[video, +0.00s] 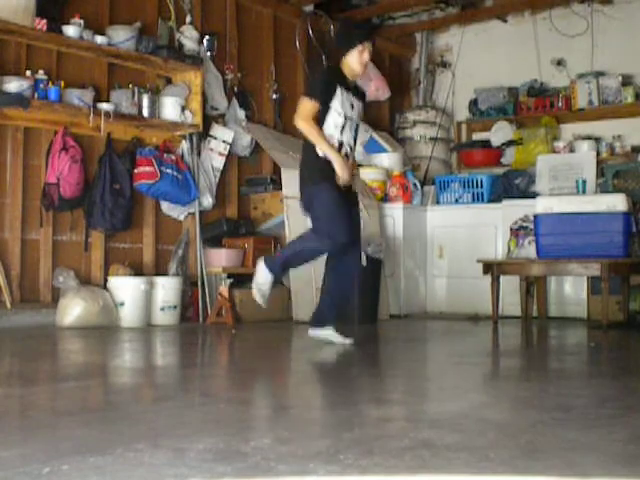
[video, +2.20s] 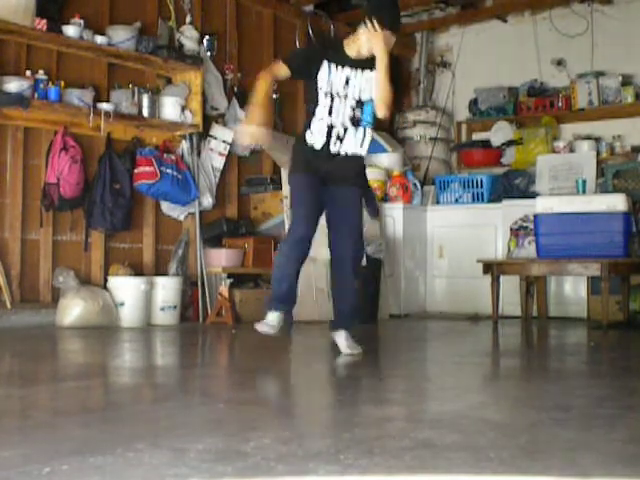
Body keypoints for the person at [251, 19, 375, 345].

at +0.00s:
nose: (367, 59)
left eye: (368, 52)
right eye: (363, 52)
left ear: (364, 53)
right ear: (346, 51)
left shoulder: (357, 92)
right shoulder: (325, 78)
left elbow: (348, 137)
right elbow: (301, 119)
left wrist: (351, 166)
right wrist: (334, 157)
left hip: (342, 179)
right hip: (318, 175)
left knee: (349, 249)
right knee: (333, 235)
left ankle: (323, 323)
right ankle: (271, 266)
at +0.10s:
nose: (360, 49)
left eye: (363, 43)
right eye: (355, 42)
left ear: (362, 45)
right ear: (340, 41)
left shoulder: (357, 84)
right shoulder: (318, 70)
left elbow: (350, 130)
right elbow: (289, 109)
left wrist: (352, 164)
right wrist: (316, 150)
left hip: (342, 175)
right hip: (311, 170)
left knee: (355, 242)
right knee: (314, 232)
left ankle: (340, 313)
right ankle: (270, 290)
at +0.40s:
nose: (343, 50)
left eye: (346, 43)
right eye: (336, 43)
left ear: (350, 46)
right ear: (321, 46)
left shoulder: (361, 82)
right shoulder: (300, 81)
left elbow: (377, 122)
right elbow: (281, 129)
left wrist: (360, 155)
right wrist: (286, 173)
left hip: (344, 185)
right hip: (305, 185)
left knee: (353, 255)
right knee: (293, 255)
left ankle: (358, 321)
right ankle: (286, 322)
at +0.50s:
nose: (336, 56)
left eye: (340, 49)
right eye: (329, 50)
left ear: (345, 51)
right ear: (315, 52)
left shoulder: (360, 85)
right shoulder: (298, 89)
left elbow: (380, 121)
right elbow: (285, 134)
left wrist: (375, 165)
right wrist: (289, 174)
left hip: (346, 183)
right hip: (311, 183)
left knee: (337, 251)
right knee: (312, 252)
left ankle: (330, 326)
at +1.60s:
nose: (373, 46)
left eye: (378, 41)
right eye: (368, 39)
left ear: (383, 44)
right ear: (353, 37)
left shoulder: (387, 77)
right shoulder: (323, 69)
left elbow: (408, 124)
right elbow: (285, 97)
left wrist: (378, 118)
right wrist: (274, 142)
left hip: (362, 180)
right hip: (324, 178)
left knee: (366, 258)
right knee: (332, 246)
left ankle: (352, 330)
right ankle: (312, 307)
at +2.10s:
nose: (387, 64)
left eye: (391, 59)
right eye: (386, 56)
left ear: (386, 56)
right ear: (370, 47)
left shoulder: (383, 87)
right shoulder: (324, 74)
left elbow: (391, 129)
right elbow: (279, 93)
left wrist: (388, 77)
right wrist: (294, 121)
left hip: (350, 191)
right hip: (311, 186)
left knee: (345, 269)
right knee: (294, 257)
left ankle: (347, 335)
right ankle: (283, 327)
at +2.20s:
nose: (382, 44)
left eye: (386, 40)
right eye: (382, 37)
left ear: (382, 36)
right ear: (367, 28)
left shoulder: (380, 66)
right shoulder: (320, 54)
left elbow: (383, 110)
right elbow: (268, 75)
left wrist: (381, 55)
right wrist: (256, 117)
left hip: (348, 169)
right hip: (309, 163)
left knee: (347, 249)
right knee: (300, 233)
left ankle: (342, 327)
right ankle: (278, 309)